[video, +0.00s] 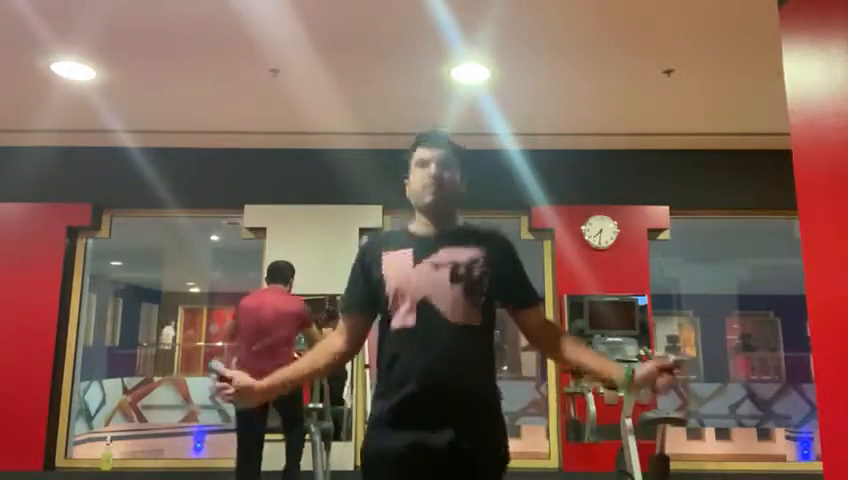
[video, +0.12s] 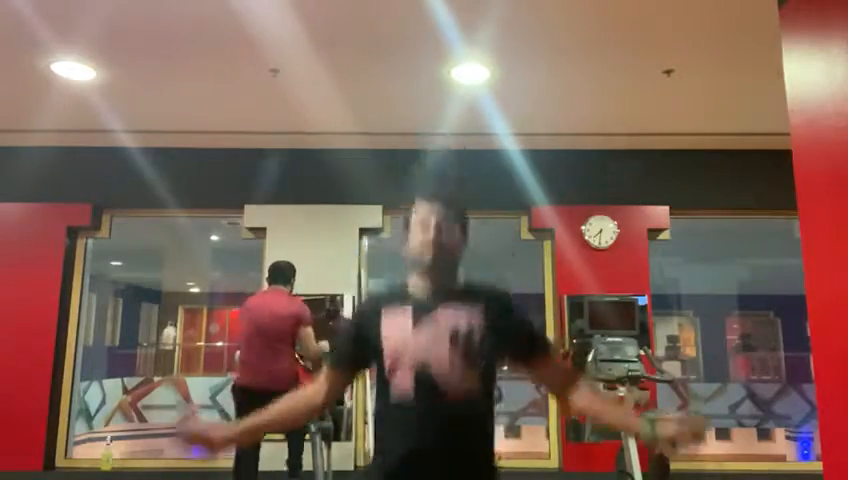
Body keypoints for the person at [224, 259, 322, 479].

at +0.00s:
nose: (292, 285)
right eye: (292, 282)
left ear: (266, 280)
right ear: (290, 282)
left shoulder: (246, 302)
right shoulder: (296, 305)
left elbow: (229, 334)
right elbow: (315, 340)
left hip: (247, 379)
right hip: (284, 378)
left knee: (249, 443)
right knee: (294, 428)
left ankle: (247, 475)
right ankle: (292, 471)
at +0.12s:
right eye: (292, 281)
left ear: (267, 280)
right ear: (292, 282)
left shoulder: (249, 303)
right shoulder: (298, 307)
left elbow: (245, 342)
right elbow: (310, 351)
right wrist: (320, 352)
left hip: (248, 385)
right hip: (284, 387)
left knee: (247, 443)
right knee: (296, 420)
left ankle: (244, 475)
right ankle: (295, 469)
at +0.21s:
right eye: (295, 277)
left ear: (270, 276)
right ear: (294, 278)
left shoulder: (254, 297)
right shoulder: (300, 301)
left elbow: (248, 337)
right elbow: (312, 347)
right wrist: (317, 354)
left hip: (251, 379)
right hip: (286, 378)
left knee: (253, 441)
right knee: (293, 432)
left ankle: (250, 476)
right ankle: (293, 475)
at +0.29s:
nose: (296, 279)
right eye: (296, 275)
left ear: (271, 274)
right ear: (295, 276)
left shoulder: (253, 296)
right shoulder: (304, 299)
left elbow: (246, 335)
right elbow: (320, 343)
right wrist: (314, 354)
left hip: (252, 377)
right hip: (286, 377)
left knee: (254, 434)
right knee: (288, 434)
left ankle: (250, 475)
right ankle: (290, 476)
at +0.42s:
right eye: (294, 278)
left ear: (269, 277)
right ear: (294, 279)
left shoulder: (251, 299)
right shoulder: (304, 303)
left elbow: (240, 335)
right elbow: (322, 338)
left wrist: (236, 363)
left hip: (254, 377)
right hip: (290, 377)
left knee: (253, 431)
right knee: (286, 437)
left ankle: (251, 474)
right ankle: (285, 476)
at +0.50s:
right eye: (293, 280)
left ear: (268, 280)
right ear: (293, 282)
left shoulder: (250, 302)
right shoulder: (305, 307)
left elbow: (236, 341)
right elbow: (320, 341)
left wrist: (228, 361)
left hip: (257, 378)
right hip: (292, 378)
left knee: (255, 430)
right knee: (286, 435)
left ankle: (255, 473)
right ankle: (283, 474)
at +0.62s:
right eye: (290, 277)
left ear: (266, 277)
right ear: (290, 278)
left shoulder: (246, 301)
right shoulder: (300, 303)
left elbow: (227, 341)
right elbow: (319, 327)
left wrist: (233, 357)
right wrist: (335, 327)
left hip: (249, 378)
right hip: (283, 378)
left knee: (255, 434)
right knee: (283, 436)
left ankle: (258, 473)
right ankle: (282, 474)